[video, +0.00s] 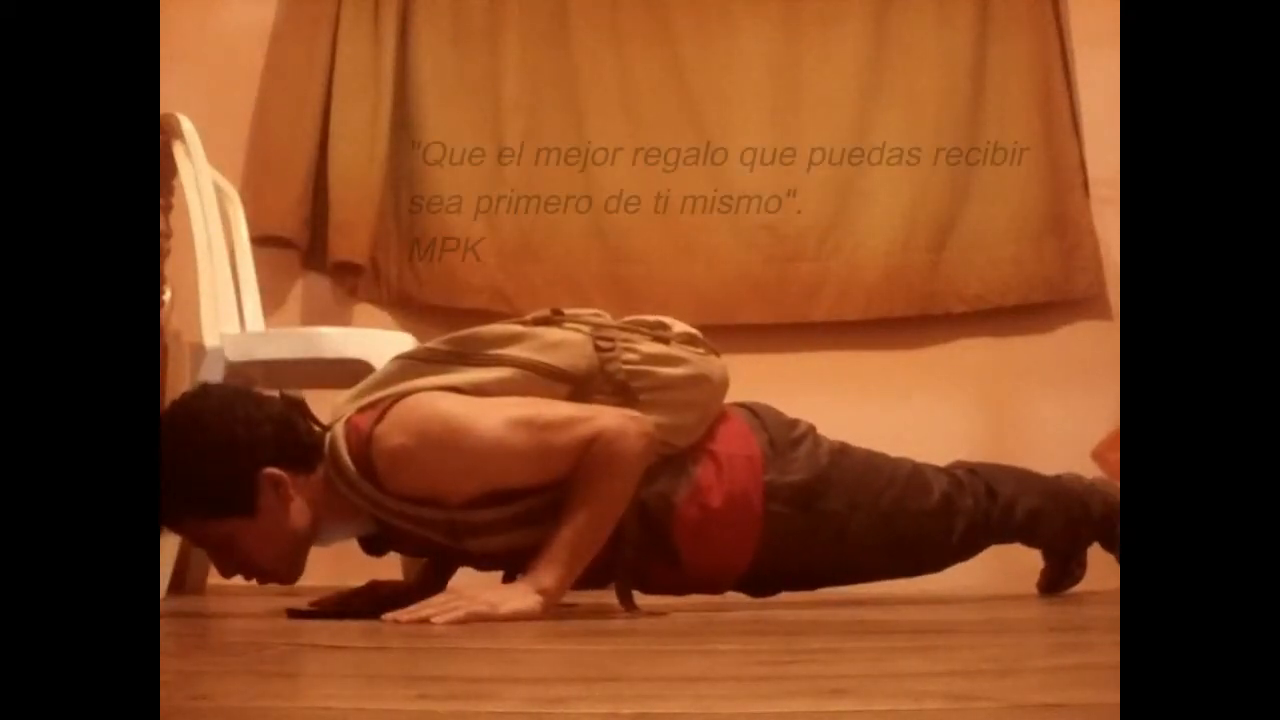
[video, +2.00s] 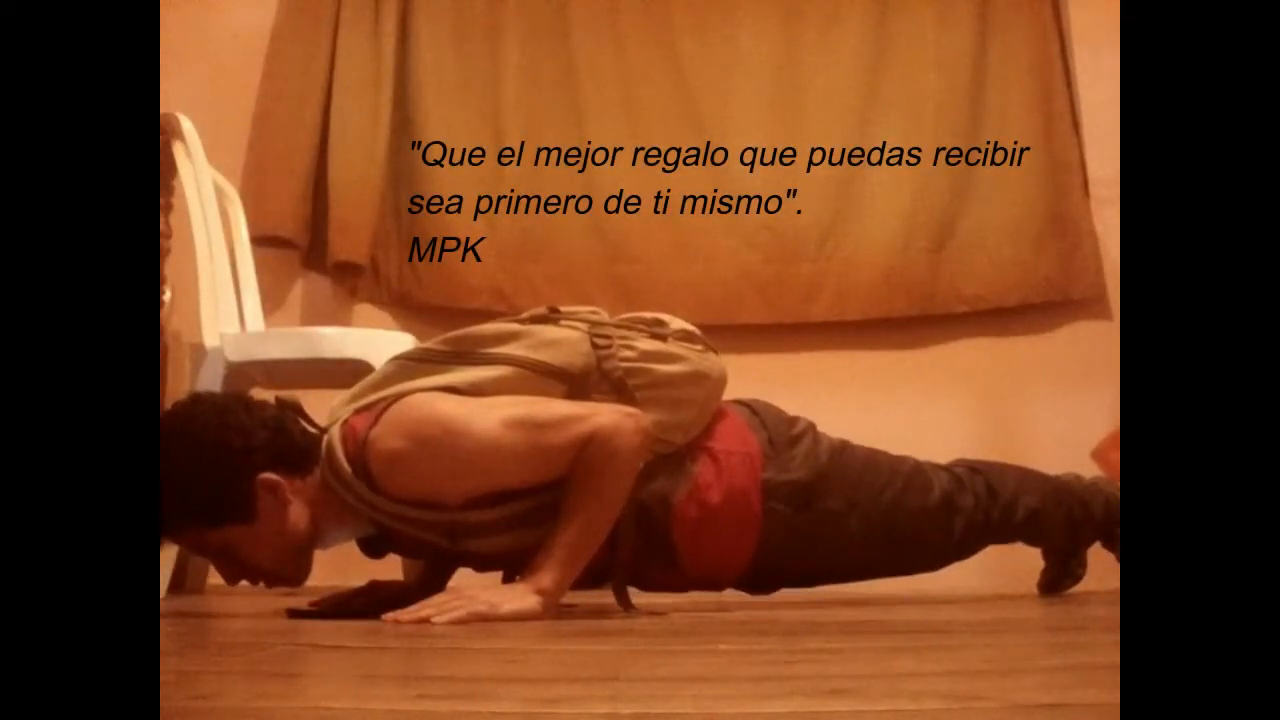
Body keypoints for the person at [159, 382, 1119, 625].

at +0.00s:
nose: (221, 567)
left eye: (219, 544)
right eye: (204, 552)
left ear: (277, 489)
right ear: (272, 482)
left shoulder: (411, 446)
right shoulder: (358, 454)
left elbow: (618, 441)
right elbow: (466, 540)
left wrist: (538, 588)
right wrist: (383, 588)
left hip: (743, 492)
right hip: (712, 504)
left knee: (946, 509)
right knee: (924, 508)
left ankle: (1094, 505)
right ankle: (1073, 506)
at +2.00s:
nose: (225, 573)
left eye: (220, 549)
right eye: (207, 559)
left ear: (275, 491)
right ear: (270, 483)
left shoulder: (405, 448)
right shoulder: (356, 457)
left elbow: (616, 438)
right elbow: (462, 538)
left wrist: (538, 587)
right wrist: (394, 585)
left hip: (740, 488)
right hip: (710, 502)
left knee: (944, 508)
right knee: (922, 507)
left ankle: (1094, 504)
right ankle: (1072, 506)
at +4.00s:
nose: (220, 573)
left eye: (214, 548)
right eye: (201, 559)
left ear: (267, 489)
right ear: (263, 481)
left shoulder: (400, 448)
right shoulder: (354, 461)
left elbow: (613, 437)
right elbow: (454, 548)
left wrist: (538, 588)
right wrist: (376, 592)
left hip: (739, 491)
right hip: (712, 502)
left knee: (944, 508)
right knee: (923, 506)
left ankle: (1091, 504)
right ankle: (1075, 503)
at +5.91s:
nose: (219, 576)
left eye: (212, 551)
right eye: (200, 560)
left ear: (265, 494)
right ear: (262, 484)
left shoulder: (396, 452)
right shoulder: (354, 461)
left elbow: (610, 438)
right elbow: (478, 536)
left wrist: (539, 588)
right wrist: (381, 589)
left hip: (735, 496)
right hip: (708, 504)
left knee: (945, 509)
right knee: (925, 508)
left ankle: (1094, 506)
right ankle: (1076, 507)